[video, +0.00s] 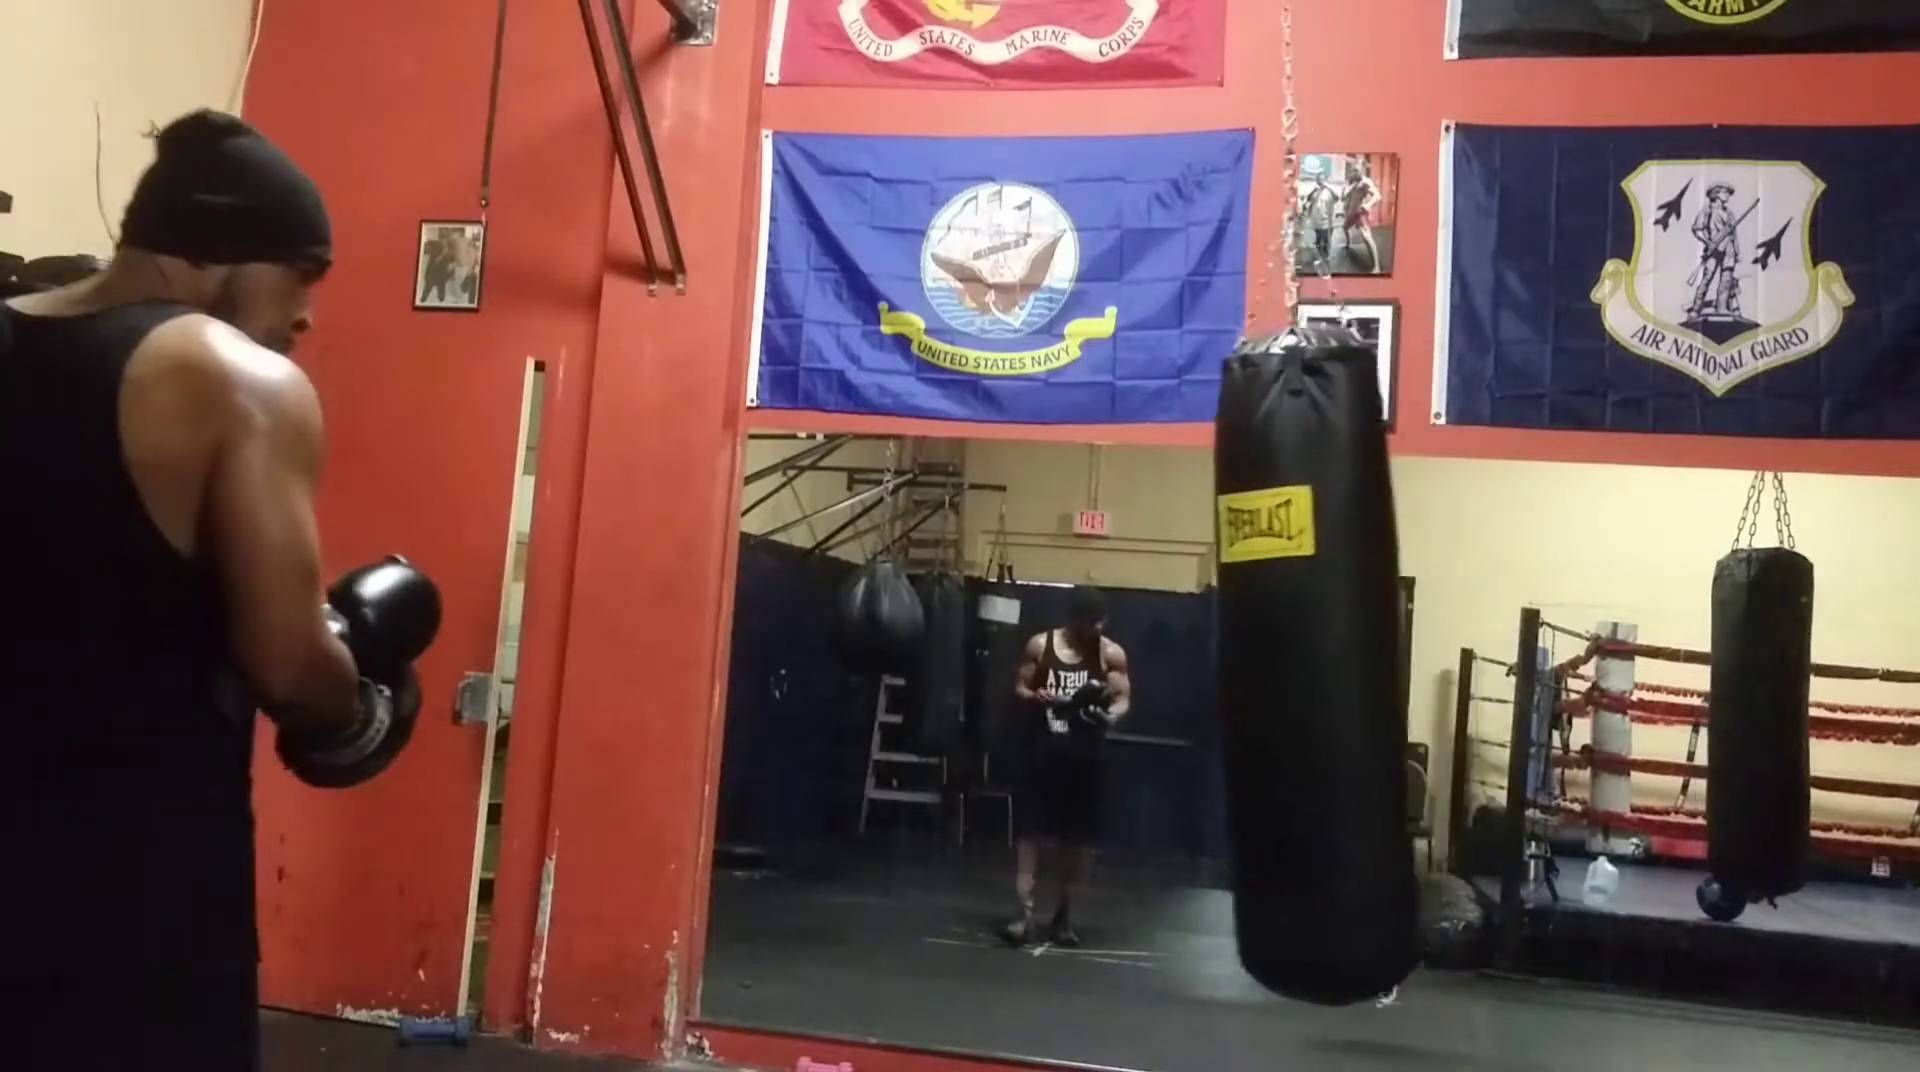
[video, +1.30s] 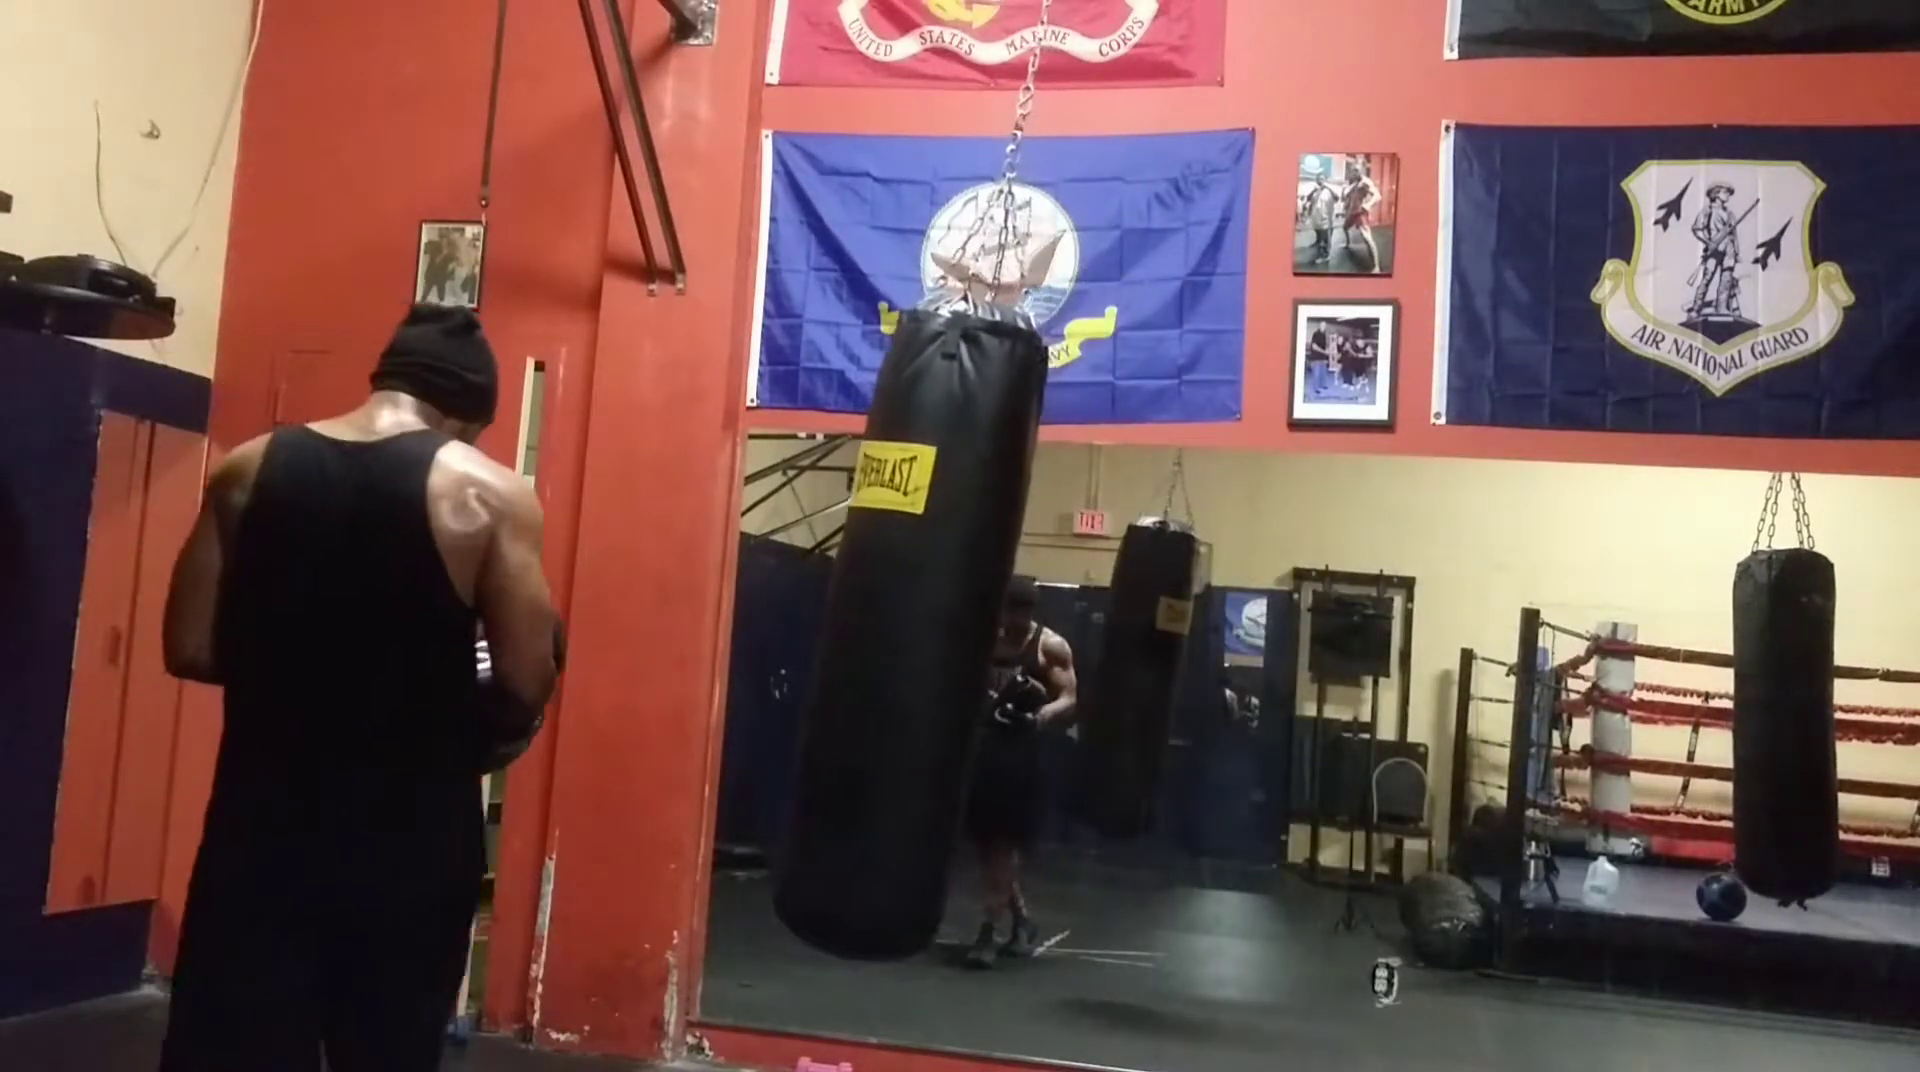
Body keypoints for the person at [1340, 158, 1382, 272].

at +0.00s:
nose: (1352, 173)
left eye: (1355, 170)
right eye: (1351, 171)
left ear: (1360, 171)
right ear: (1349, 172)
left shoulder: (1365, 182)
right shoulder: (1350, 185)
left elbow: (1376, 195)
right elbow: (1343, 198)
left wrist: (1367, 206)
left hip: (1360, 213)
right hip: (1350, 214)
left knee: (1366, 237)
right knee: (1346, 228)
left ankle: (1375, 266)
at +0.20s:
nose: (1353, 173)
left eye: (1356, 170)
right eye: (1352, 171)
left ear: (1360, 172)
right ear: (1349, 172)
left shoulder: (1365, 182)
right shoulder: (1350, 184)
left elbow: (1376, 195)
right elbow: (1344, 198)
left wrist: (1367, 206)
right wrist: (1352, 186)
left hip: (1360, 212)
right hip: (1350, 212)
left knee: (1366, 237)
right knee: (1345, 227)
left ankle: (1376, 266)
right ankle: (1348, 243)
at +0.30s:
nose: (1352, 173)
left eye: (1355, 170)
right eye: (1351, 171)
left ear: (1359, 171)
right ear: (1349, 172)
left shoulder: (1365, 182)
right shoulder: (1351, 184)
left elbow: (1376, 196)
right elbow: (1345, 198)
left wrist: (1367, 206)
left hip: (1360, 212)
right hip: (1351, 212)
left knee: (1366, 237)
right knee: (1345, 227)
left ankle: (1376, 266)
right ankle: (1348, 243)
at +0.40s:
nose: (1353, 173)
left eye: (1355, 171)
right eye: (1352, 171)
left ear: (1360, 172)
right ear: (1350, 172)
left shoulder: (1365, 182)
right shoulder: (1350, 184)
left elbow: (1376, 195)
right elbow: (1344, 198)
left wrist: (1367, 206)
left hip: (1360, 212)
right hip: (1351, 212)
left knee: (1366, 237)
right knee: (1345, 227)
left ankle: (1376, 266)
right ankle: (1348, 243)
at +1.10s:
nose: (1352, 174)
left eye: (1355, 171)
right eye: (1352, 171)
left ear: (1359, 172)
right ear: (1350, 172)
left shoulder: (1365, 182)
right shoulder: (1350, 184)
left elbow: (1376, 195)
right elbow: (1343, 198)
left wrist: (1367, 206)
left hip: (1361, 212)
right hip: (1351, 212)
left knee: (1366, 236)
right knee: (1345, 227)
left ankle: (1376, 266)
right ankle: (1348, 243)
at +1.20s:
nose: (1351, 174)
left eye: (1354, 171)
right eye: (1350, 172)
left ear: (1358, 172)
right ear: (1350, 173)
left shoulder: (1365, 182)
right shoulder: (1351, 184)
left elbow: (1376, 195)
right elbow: (1345, 199)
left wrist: (1367, 206)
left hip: (1361, 212)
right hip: (1351, 212)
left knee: (1366, 237)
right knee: (1345, 227)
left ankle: (1376, 266)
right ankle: (1348, 243)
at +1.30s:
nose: (1352, 174)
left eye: (1355, 171)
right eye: (1351, 171)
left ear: (1359, 172)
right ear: (1349, 173)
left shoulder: (1365, 182)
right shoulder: (1349, 184)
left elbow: (1376, 196)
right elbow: (1343, 198)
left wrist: (1366, 206)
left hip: (1360, 212)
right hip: (1350, 212)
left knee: (1367, 237)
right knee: (1345, 227)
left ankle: (1376, 266)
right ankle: (1348, 243)